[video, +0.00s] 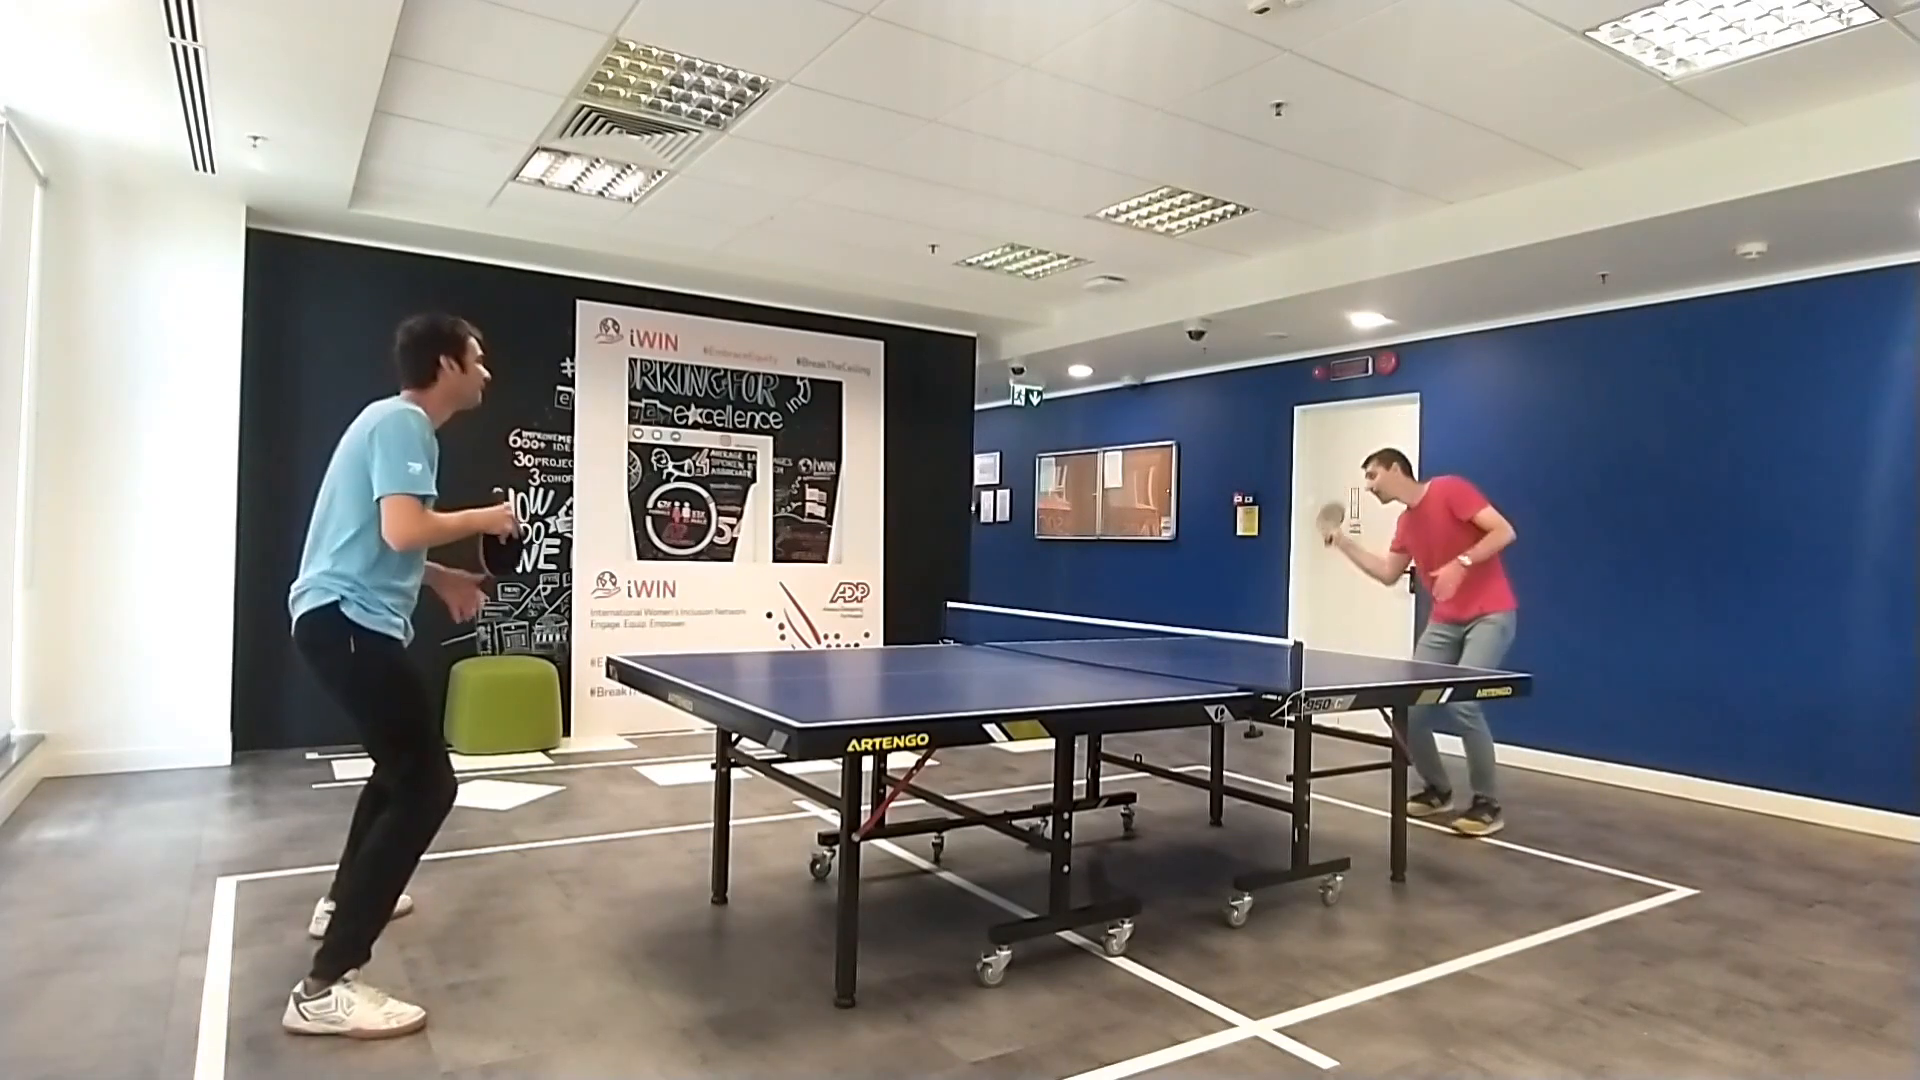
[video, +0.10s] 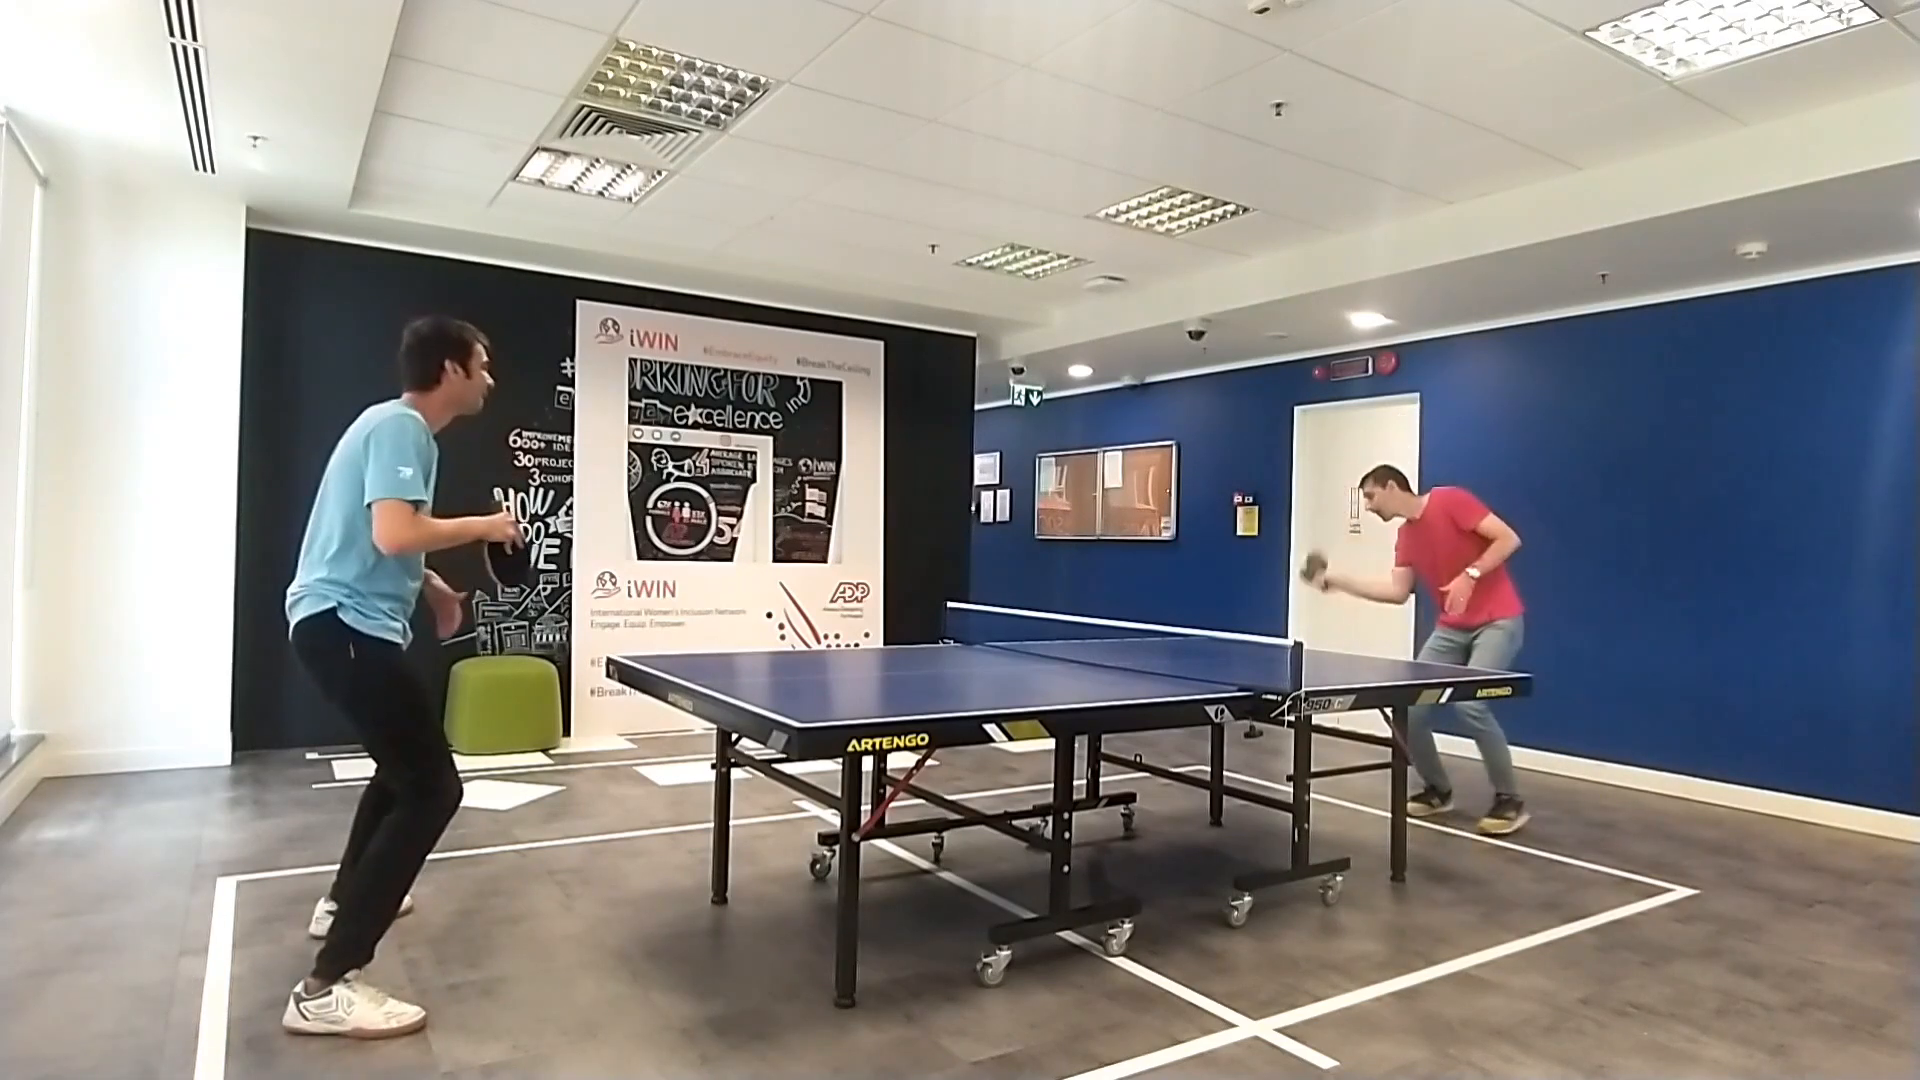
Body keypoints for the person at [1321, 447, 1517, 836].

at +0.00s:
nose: (1368, 485)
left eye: (1372, 475)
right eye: (1366, 479)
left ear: (1396, 469)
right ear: (1391, 474)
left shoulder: (1447, 489)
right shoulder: (1407, 521)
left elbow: (1503, 531)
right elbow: (1388, 572)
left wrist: (1460, 563)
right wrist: (1342, 541)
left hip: (1491, 614)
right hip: (1444, 620)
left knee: (1461, 702)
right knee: (1407, 707)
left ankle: (1486, 803)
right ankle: (1438, 789)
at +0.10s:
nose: (1368, 507)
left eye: (1370, 497)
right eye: (1365, 500)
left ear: (1393, 486)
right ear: (1391, 490)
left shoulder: (1449, 499)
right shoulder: (1407, 534)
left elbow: (1508, 539)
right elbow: (1398, 592)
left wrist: (1470, 575)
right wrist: (1336, 581)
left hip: (1498, 622)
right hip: (1451, 629)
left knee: (1468, 703)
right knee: (1409, 709)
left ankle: (1509, 800)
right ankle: (1437, 792)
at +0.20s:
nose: (1374, 516)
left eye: (1375, 507)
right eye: (1370, 510)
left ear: (1397, 496)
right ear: (1393, 502)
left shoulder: (1453, 507)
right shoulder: (1409, 540)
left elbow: (1516, 544)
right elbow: (1415, 597)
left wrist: (1479, 583)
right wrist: (1375, 598)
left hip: (1505, 626)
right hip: (1458, 634)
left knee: (1485, 712)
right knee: (1410, 711)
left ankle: (1543, 793)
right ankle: (1438, 792)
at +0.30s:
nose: (1387, 515)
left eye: (1390, 505)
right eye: (1383, 509)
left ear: (1412, 495)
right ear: (1407, 500)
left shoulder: (1466, 510)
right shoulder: (1418, 542)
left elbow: (1530, 546)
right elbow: (1445, 595)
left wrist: (1499, 585)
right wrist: (1425, 585)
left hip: (1512, 631)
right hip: (1465, 635)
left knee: (1510, 724)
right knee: (1417, 711)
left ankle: (1583, 775)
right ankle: (1437, 792)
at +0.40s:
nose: (1409, 508)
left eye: (1413, 498)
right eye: (1406, 501)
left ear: (1438, 491)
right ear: (1412, 505)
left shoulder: (1489, 511)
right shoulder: (1431, 537)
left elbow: (1550, 551)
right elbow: (1446, 599)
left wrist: (1523, 586)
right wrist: (1448, 578)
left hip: (1526, 634)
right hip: (1477, 635)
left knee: (1542, 732)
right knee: (1425, 708)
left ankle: (1623, 766)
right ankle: (1437, 792)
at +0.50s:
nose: (1439, 502)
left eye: (1445, 492)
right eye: (1434, 497)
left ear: (1469, 489)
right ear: (1435, 503)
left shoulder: (1519, 514)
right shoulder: (1454, 536)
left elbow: (1574, 558)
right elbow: (1455, 596)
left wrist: (1546, 594)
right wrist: (1462, 581)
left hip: (1545, 640)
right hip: (1494, 638)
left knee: (1577, 740)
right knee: (1434, 706)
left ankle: (1658, 780)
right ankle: (1437, 793)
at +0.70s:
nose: (1504, 498)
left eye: (1512, 489)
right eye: (1501, 492)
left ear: (1538, 487)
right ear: (1502, 495)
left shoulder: (1584, 515)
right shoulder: (1515, 529)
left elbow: (1632, 571)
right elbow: (1515, 587)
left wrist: (1594, 609)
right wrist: (1520, 590)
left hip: (1599, 644)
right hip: (1545, 637)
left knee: (1626, 745)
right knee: (1479, 704)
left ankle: (1679, 801)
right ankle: (1439, 791)